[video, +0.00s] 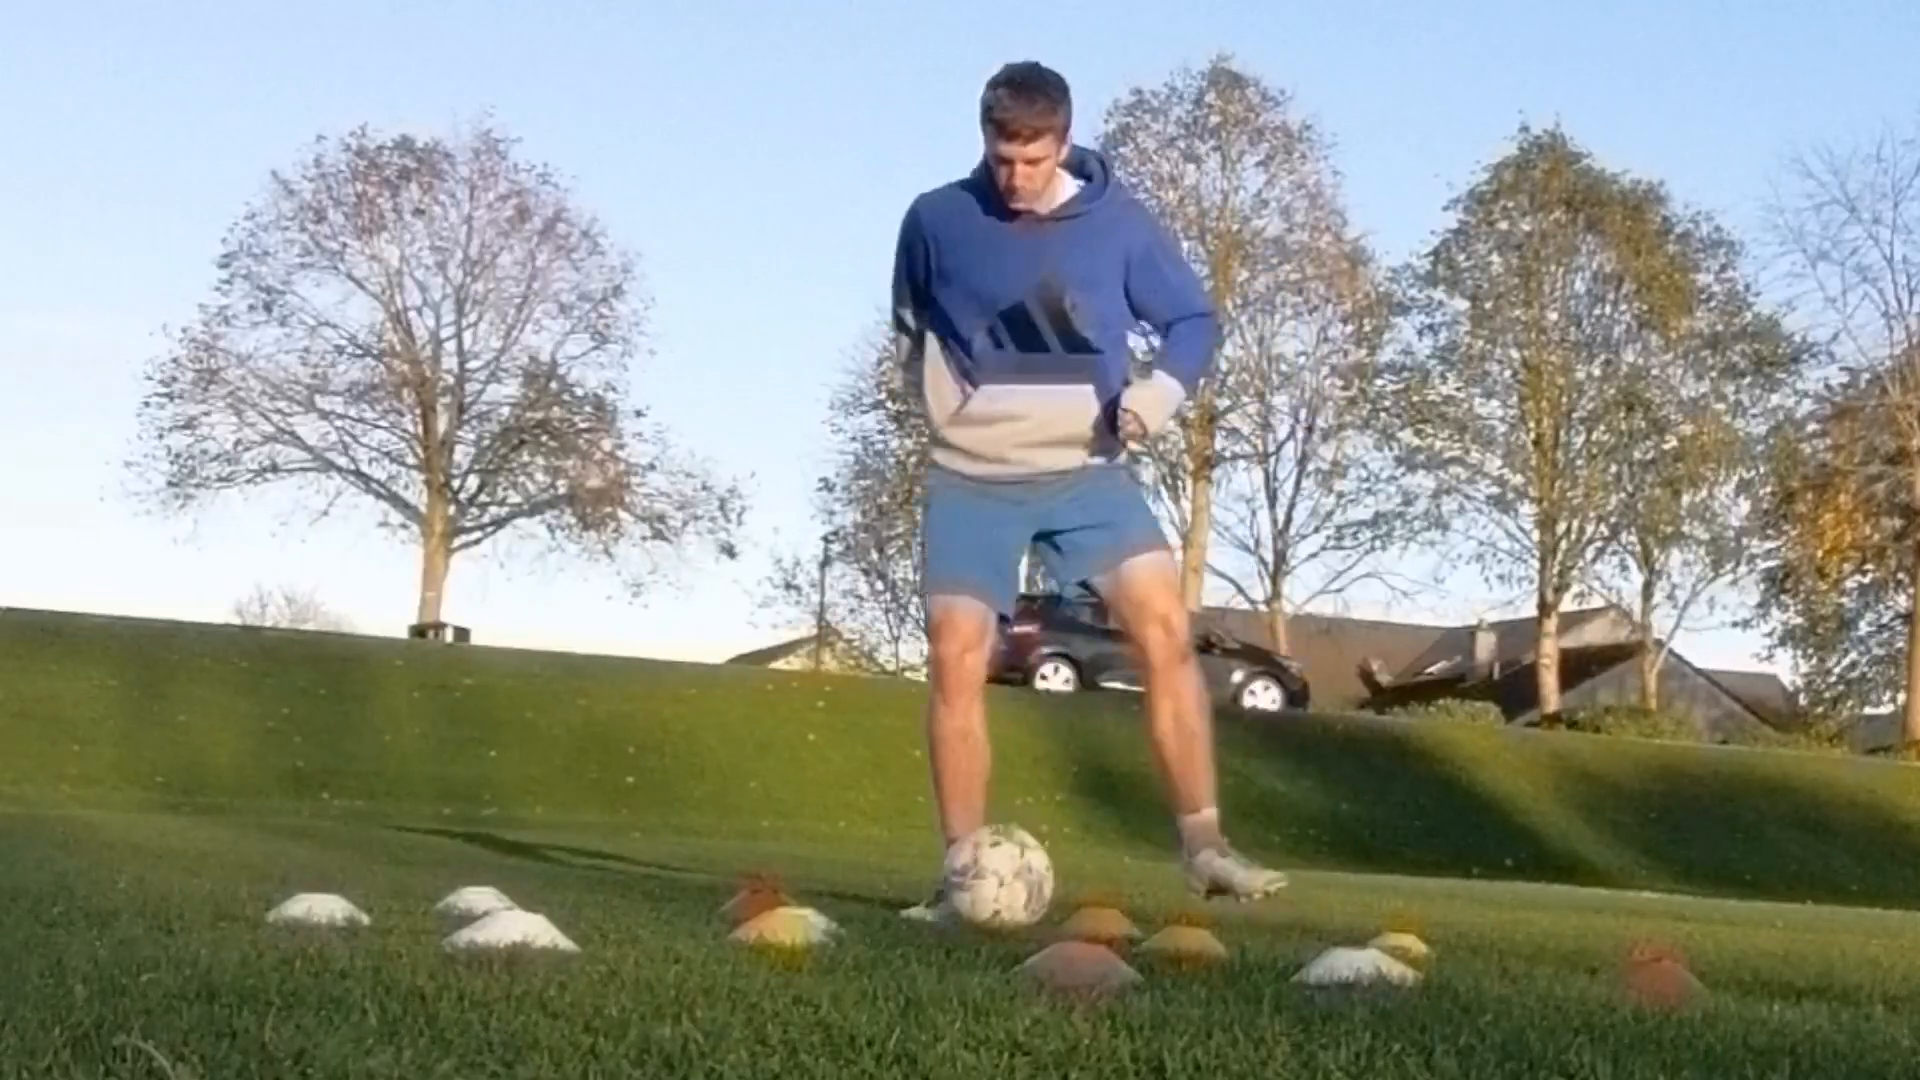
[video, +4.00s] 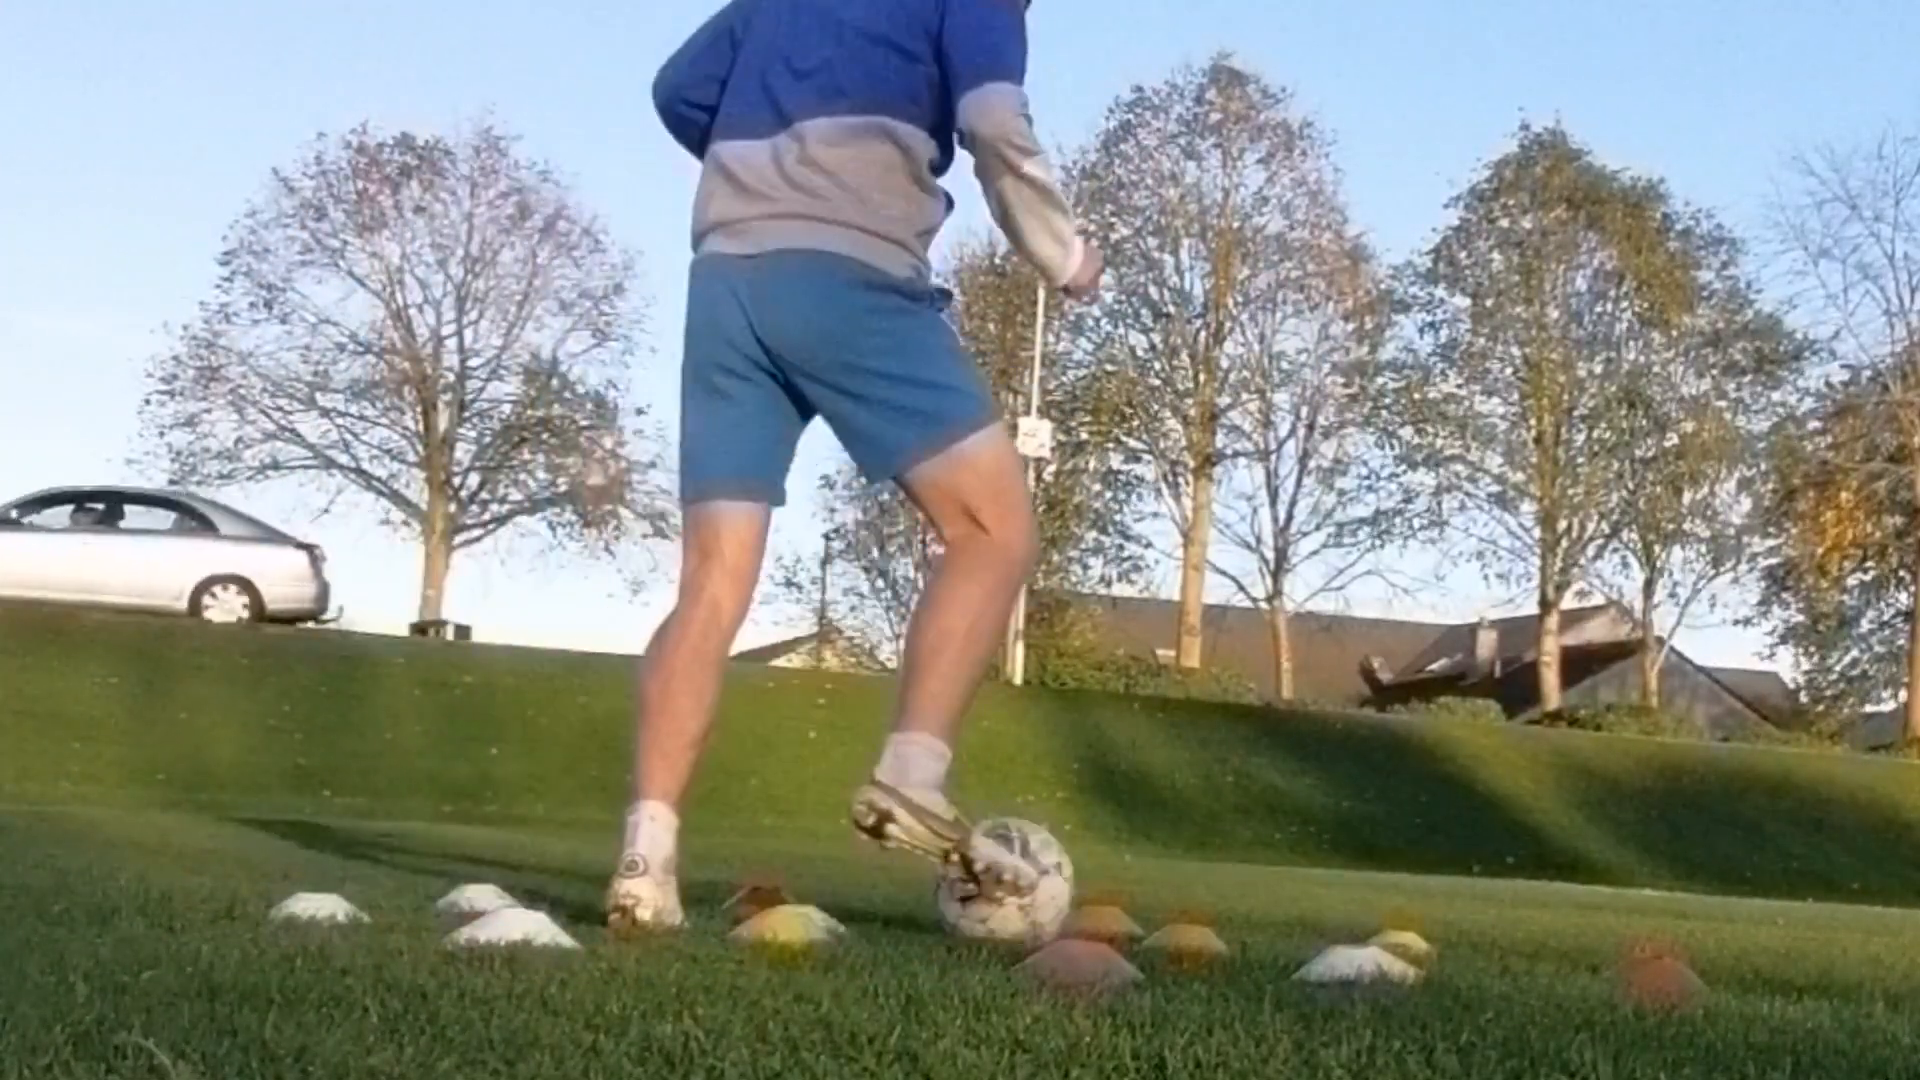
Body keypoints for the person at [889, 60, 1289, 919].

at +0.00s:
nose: (1019, 164)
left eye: (1036, 148)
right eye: (1005, 147)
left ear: (1064, 135)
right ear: (985, 132)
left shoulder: (1121, 220)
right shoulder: (935, 220)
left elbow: (1194, 319)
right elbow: (912, 325)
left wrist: (1163, 390)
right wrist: (944, 405)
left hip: (1094, 481)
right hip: (971, 486)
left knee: (1165, 632)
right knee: (955, 655)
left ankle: (1205, 847)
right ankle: (963, 874)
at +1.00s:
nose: (641, 26)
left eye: (662, 9)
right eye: (627, 7)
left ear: (701, 3)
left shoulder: (754, 100)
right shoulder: (557, 56)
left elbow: (796, 263)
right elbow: (509, 155)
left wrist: (747, 302)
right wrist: (490, 271)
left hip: (692, 381)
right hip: (559, 384)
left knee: (734, 550)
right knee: (570, 625)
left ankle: (785, 821)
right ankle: (612, 872)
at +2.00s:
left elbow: (410, 187)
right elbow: (69, 79)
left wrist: (352, 285)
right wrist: (61, 177)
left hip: (311, 364)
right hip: (129, 321)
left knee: (413, 603)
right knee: (5, 565)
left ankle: (147, 700)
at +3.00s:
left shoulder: (814, 19)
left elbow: (837, 59)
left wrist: (973, 97)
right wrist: (448, 31)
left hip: (576, 201)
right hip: (675, 186)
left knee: (640, 557)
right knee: (877, 472)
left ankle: (493, 879)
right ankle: (837, 810)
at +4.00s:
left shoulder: (772, 5)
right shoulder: (970, 5)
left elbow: (677, 89)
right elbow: (991, 121)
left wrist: (766, 172)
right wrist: (1066, 256)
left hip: (723, 284)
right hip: (852, 281)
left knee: (710, 585)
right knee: (994, 532)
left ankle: (645, 859)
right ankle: (911, 776)